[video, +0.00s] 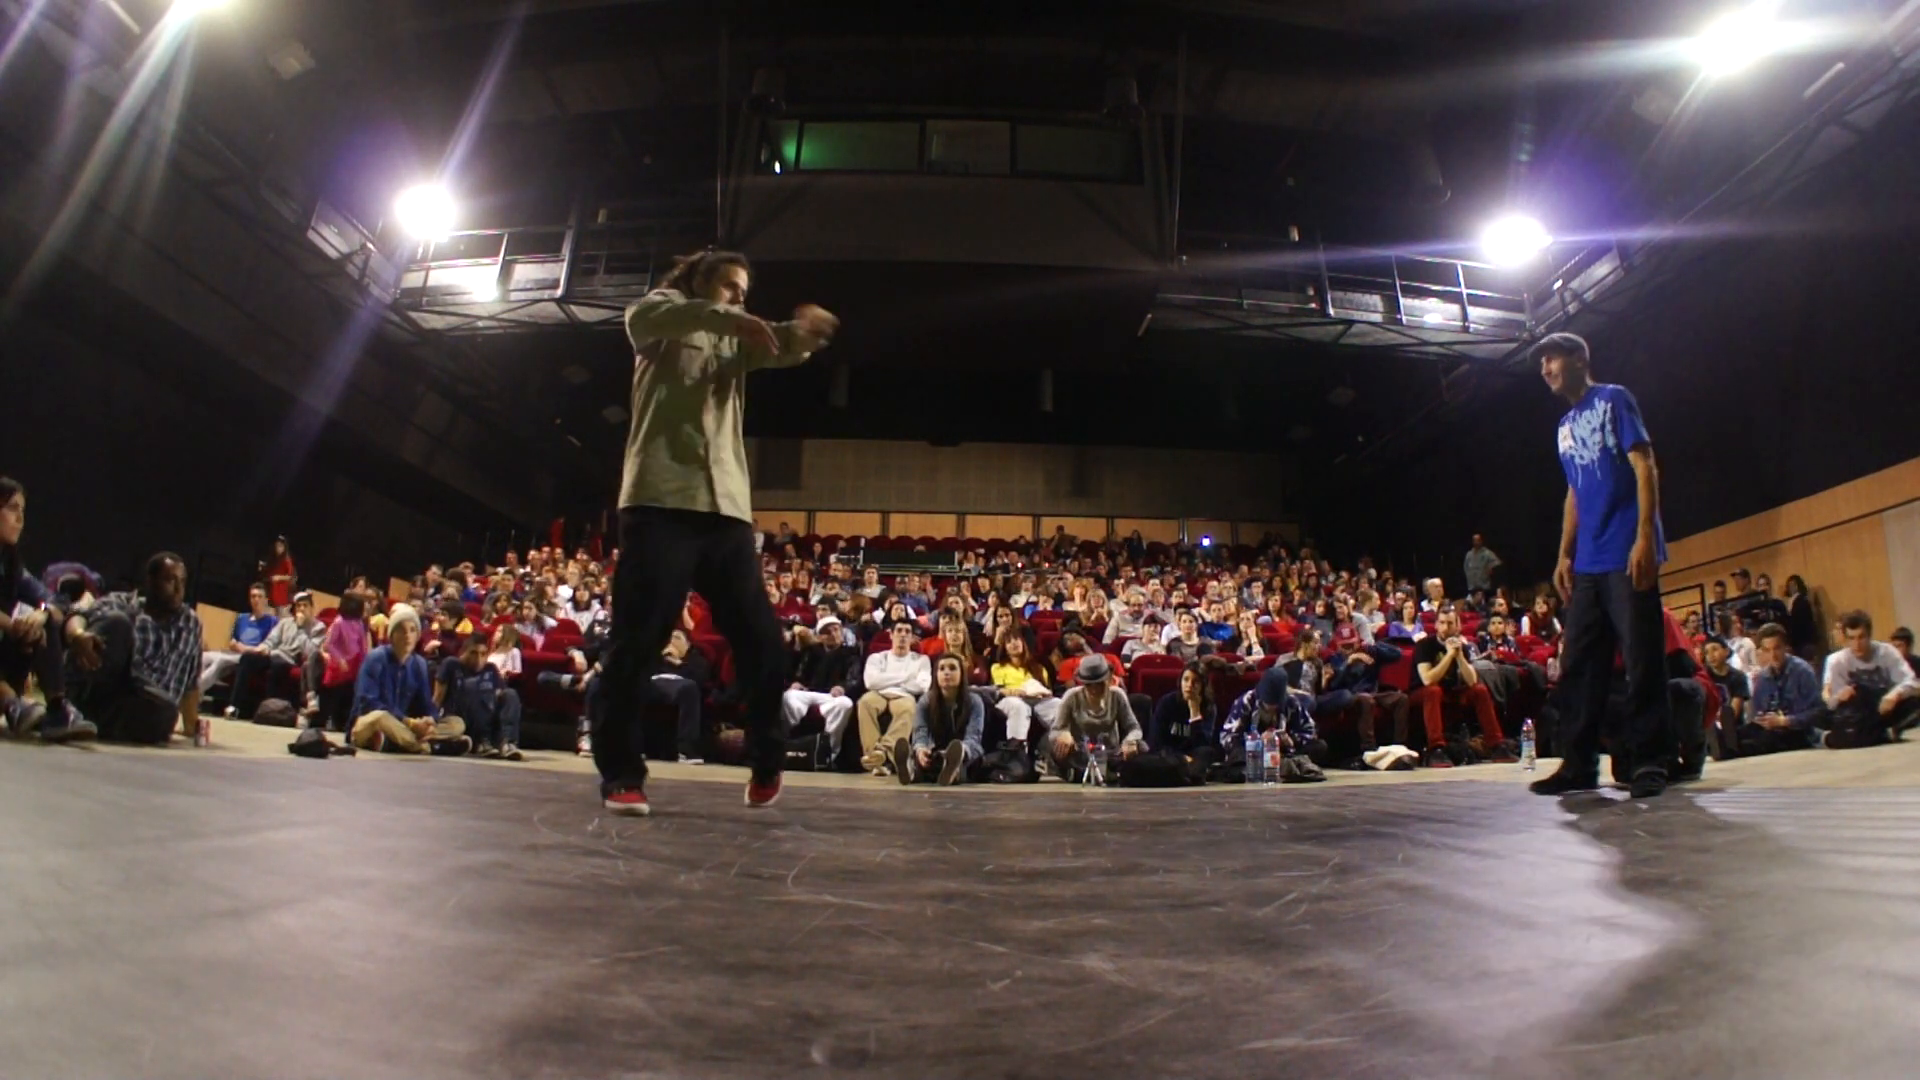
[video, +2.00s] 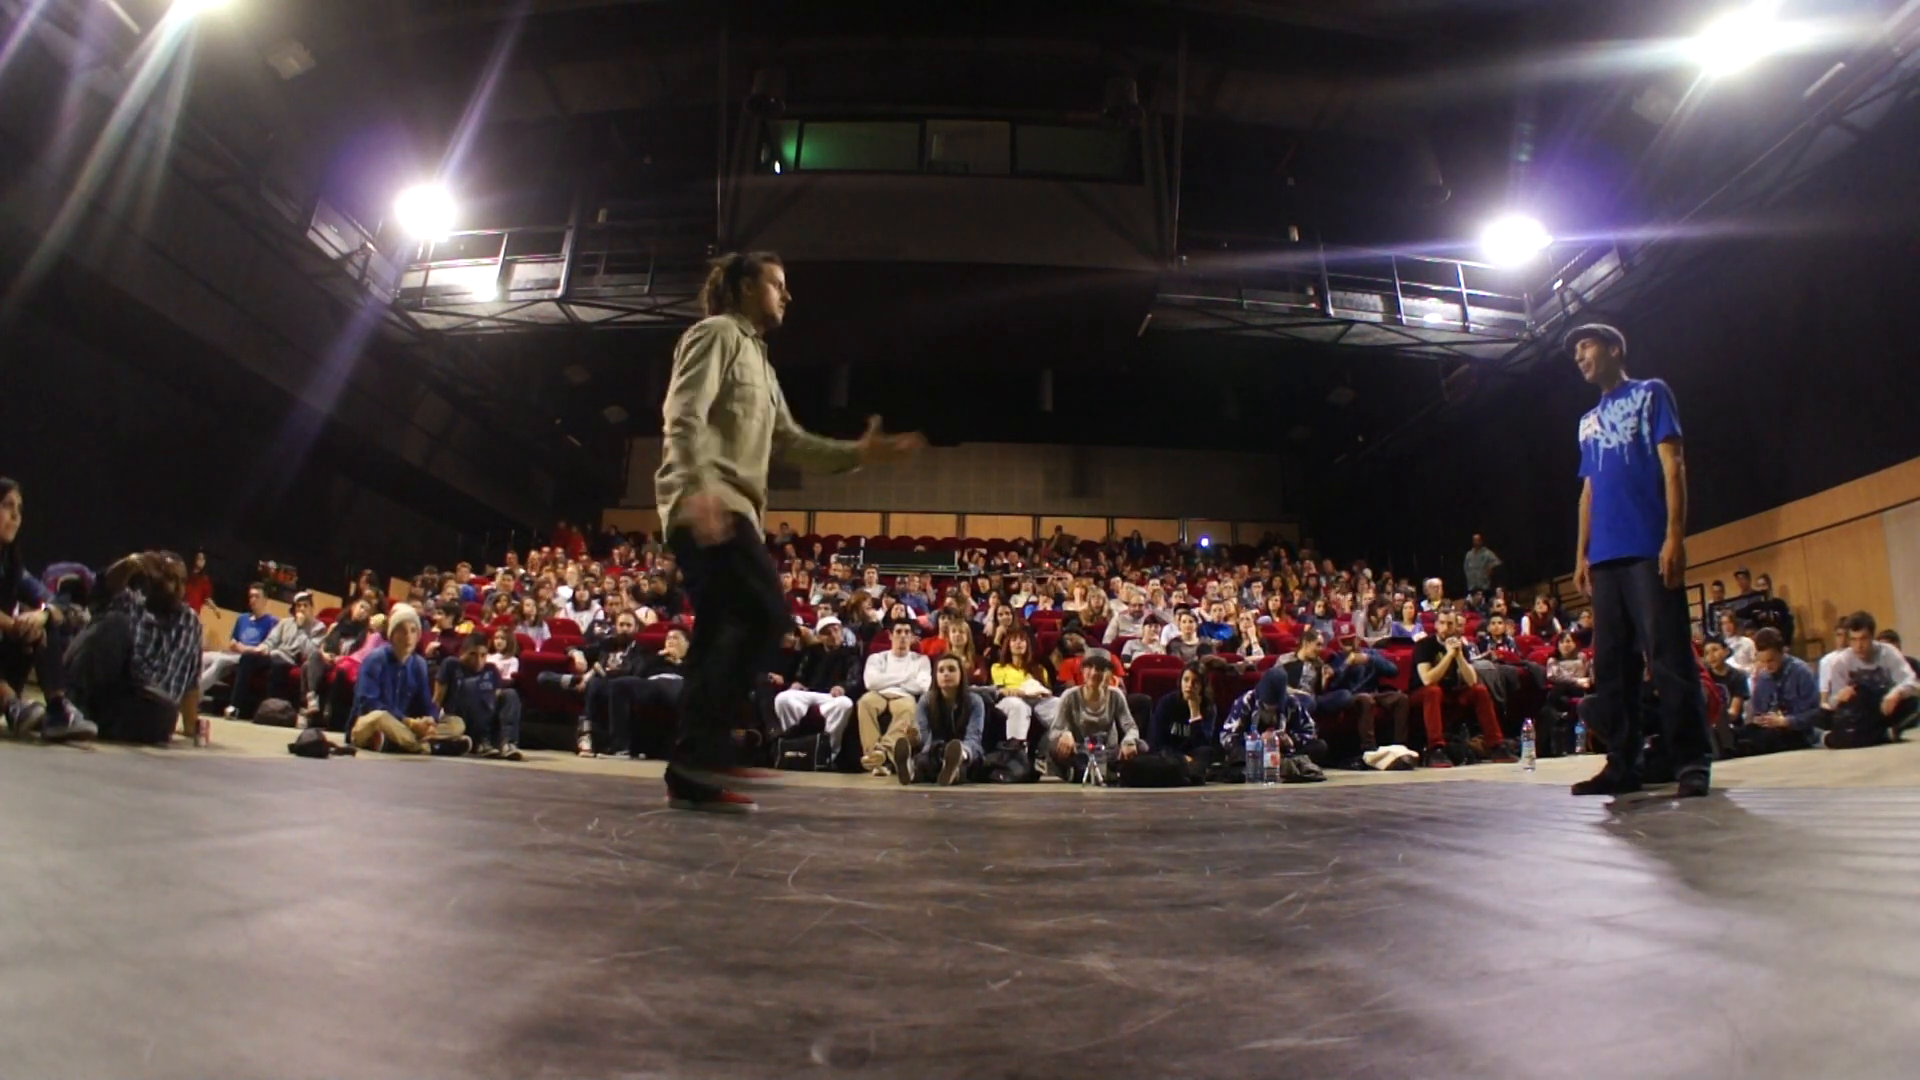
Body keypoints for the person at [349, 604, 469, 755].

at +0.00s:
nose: (408, 636)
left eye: (412, 630)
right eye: (401, 631)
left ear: (418, 635)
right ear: (391, 635)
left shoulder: (419, 664)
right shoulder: (376, 658)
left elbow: (425, 704)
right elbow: (367, 703)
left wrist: (430, 720)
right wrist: (407, 722)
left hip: (412, 725)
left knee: (457, 723)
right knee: (381, 717)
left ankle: (395, 744)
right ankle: (426, 748)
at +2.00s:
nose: (408, 637)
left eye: (413, 631)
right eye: (402, 631)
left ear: (418, 635)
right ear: (391, 635)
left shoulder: (419, 664)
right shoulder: (375, 660)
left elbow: (426, 704)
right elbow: (367, 704)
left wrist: (430, 720)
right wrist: (407, 722)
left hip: (412, 725)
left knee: (457, 723)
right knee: (381, 718)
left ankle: (394, 744)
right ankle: (425, 748)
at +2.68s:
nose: (400, 637)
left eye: (407, 632)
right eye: (396, 630)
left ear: (417, 638)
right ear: (390, 634)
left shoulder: (420, 665)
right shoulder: (373, 660)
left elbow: (420, 707)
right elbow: (364, 704)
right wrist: (406, 700)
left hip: (410, 724)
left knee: (456, 724)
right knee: (379, 718)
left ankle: (393, 744)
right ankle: (428, 747)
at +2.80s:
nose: (398, 637)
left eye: (405, 633)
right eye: (394, 631)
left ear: (415, 639)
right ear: (388, 633)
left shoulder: (419, 664)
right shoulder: (372, 660)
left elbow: (426, 706)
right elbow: (367, 705)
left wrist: (428, 720)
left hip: (404, 724)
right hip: (366, 725)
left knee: (457, 724)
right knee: (380, 717)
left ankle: (393, 744)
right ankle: (428, 747)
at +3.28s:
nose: (381, 629)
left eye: (387, 624)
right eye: (376, 624)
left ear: (398, 630)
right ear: (371, 630)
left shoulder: (408, 661)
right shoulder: (359, 659)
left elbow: (427, 700)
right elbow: (354, 696)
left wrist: (419, 702)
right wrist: (385, 675)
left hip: (402, 723)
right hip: (364, 727)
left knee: (456, 723)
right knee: (379, 716)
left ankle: (393, 743)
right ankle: (430, 748)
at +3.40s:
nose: (377, 626)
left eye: (382, 621)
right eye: (372, 622)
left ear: (393, 628)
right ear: (366, 627)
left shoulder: (400, 657)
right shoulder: (356, 655)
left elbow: (427, 690)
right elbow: (349, 679)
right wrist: (384, 681)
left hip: (401, 720)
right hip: (364, 725)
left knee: (455, 717)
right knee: (379, 713)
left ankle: (395, 742)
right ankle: (429, 747)